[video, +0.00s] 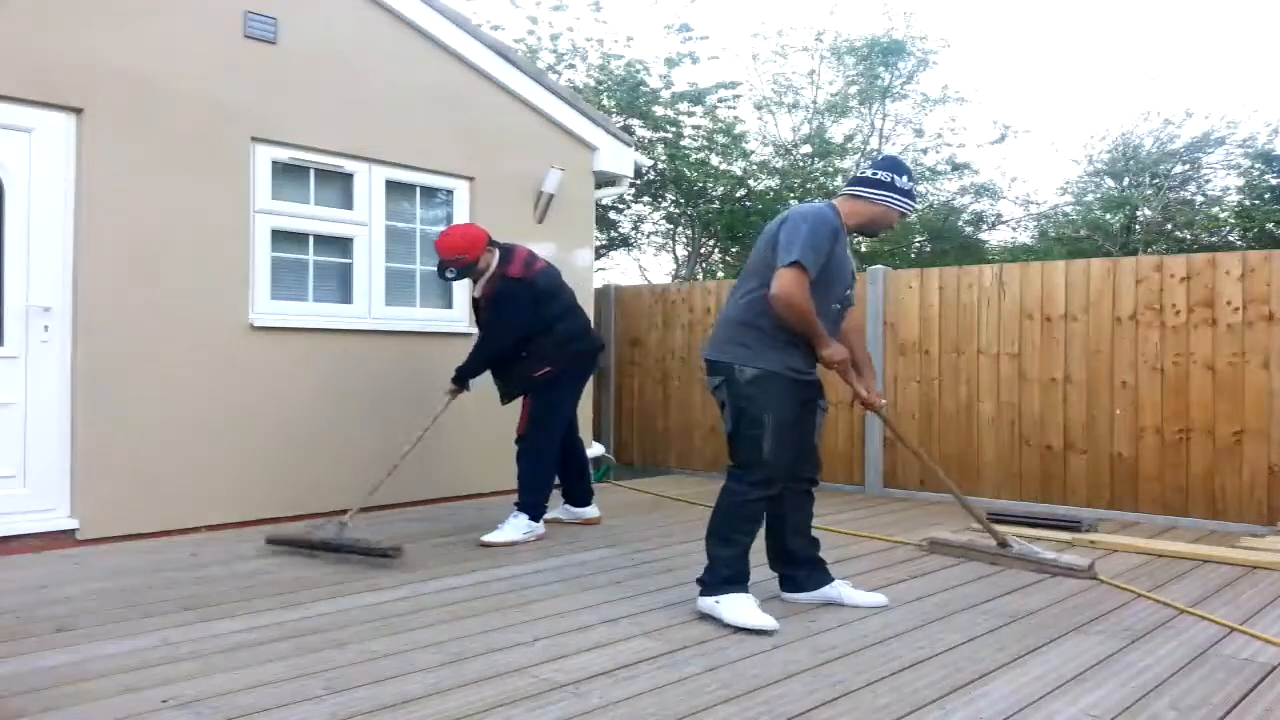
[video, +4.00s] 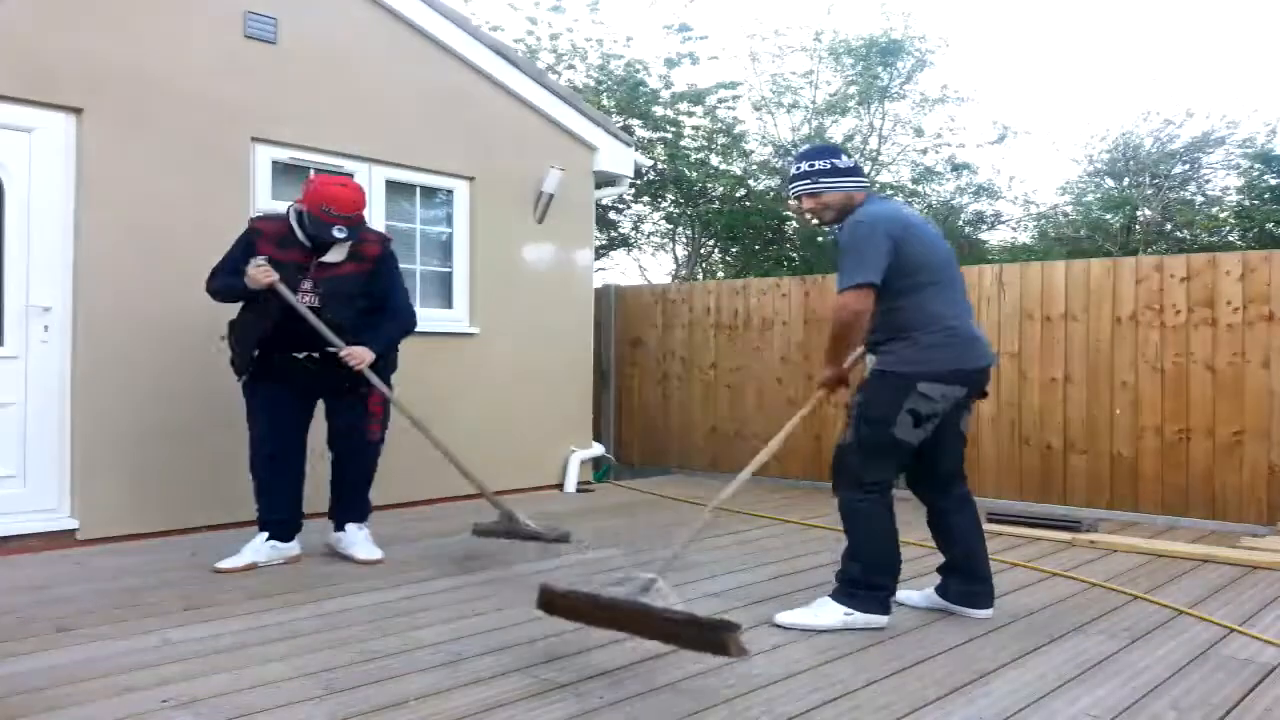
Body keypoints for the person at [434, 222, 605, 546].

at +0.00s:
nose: (463, 277)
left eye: (464, 270)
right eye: (458, 271)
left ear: (481, 255)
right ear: (485, 250)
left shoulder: (509, 286)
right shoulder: (510, 260)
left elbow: (497, 340)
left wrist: (462, 376)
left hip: (558, 359)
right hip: (570, 351)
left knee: (534, 437)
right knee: (561, 430)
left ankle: (528, 517)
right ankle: (580, 503)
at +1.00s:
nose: (433, 270)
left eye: (435, 263)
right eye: (429, 266)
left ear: (453, 248)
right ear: (450, 249)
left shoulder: (485, 269)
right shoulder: (455, 279)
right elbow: (472, 333)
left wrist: (474, 371)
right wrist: (468, 370)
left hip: (533, 353)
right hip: (509, 356)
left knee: (501, 434)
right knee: (511, 433)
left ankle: (482, 518)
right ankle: (523, 511)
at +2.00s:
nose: (382, 254)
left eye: (383, 246)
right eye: (377, 248)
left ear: (404, 230)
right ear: (405, 229)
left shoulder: (435, 263)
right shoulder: (429, 250)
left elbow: (409, 324)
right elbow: (414, 319)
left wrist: (366, 366)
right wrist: (375, 362)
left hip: (494, 358)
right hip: (466, 360)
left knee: (474, 440)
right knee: (453, 439)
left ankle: (474, 528)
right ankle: (480, 511)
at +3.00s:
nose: (338, 259)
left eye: (341, 252)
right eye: (334, 253)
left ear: (362, 237)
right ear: (362, 235)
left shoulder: (398, 269)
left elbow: (390, 341)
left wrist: (341, 368)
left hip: (455, 356)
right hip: (433, 356)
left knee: (429, 446)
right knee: (441, 440)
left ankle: (417, 540)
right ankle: (457, 521)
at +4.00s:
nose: (333, 245)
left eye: (343, 237)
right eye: (325, 235)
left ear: (356, 224)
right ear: (304, 216)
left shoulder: (373, 251)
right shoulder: (266, 235)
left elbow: (401, 314)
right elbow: (217, 284)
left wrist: (372, 346)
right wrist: (246, 282)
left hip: (351, 364)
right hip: (279, 362)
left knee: (359, 440)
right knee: (274, 447)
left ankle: (350, 527)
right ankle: (279, 536)